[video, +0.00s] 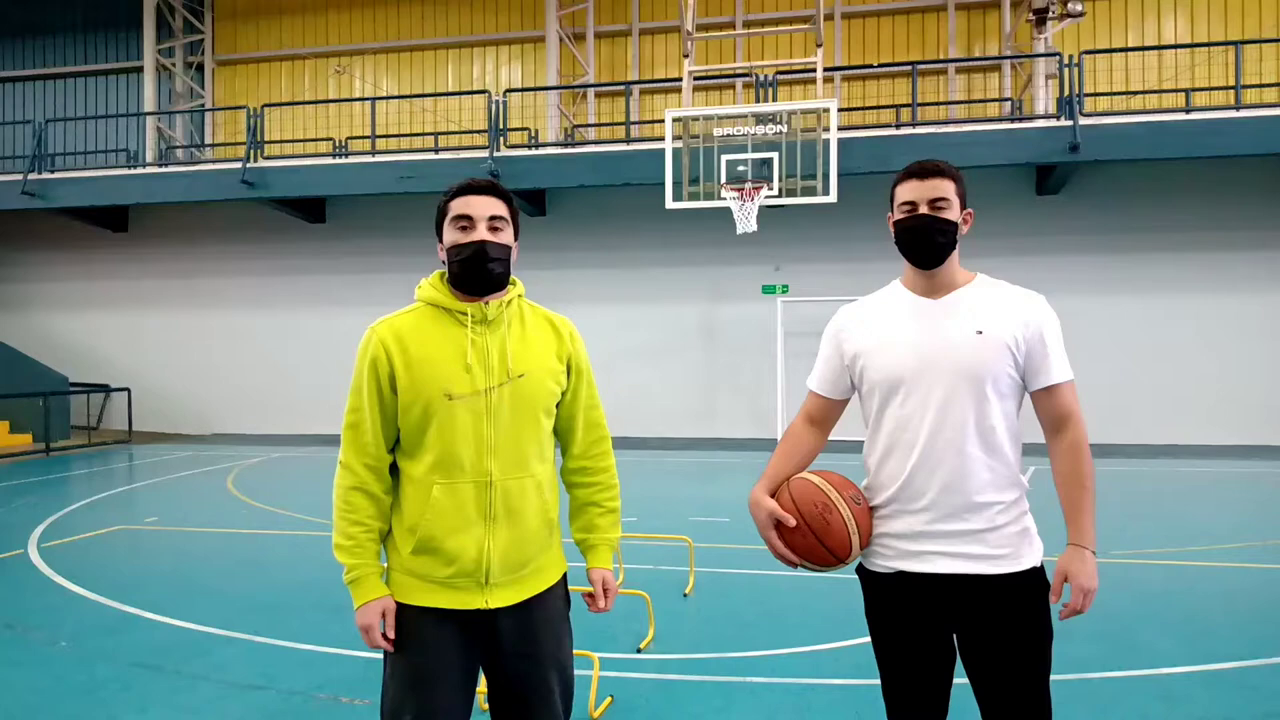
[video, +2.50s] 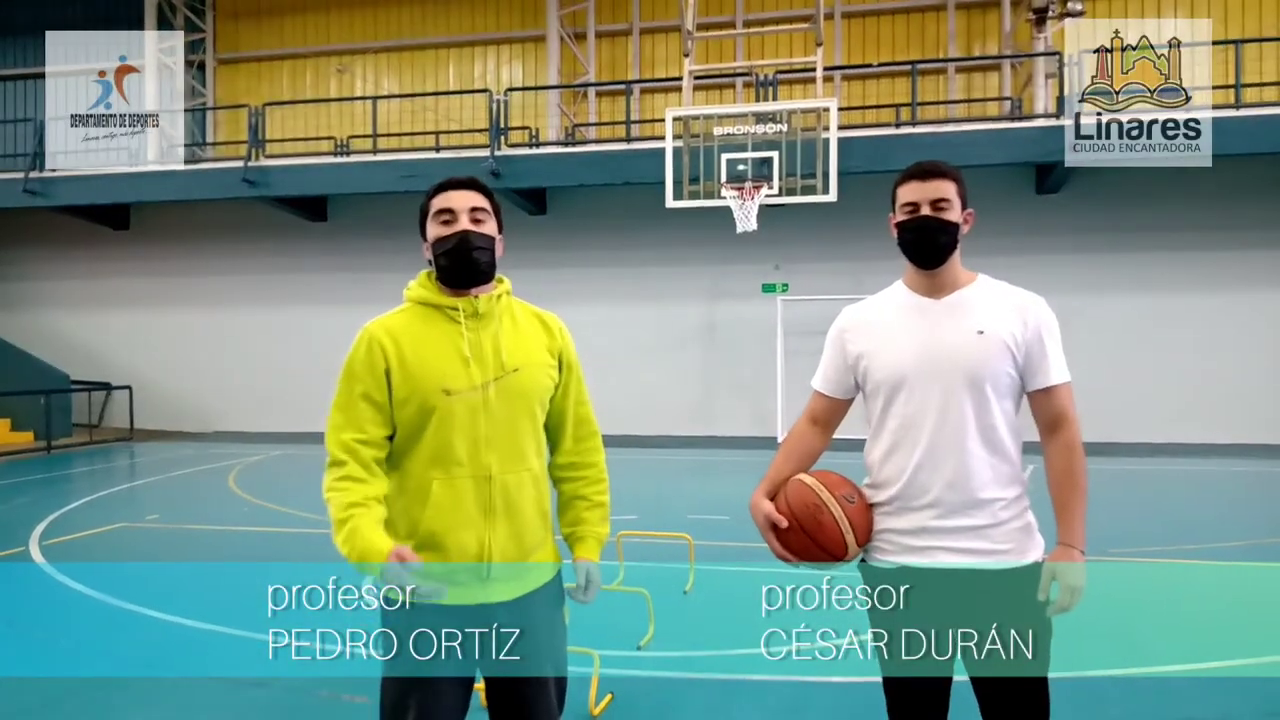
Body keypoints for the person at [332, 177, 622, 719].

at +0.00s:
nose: (481, 235)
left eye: (496, 224)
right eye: (463, 224)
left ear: (515, 244)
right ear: (441, 246)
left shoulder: (555, 336)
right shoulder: (391, 341)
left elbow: (589, 454)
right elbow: (361, 469)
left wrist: (600, 554)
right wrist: (366, 584)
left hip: (533, 594)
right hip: (427, 598)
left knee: (543, 713)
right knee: (422, 715)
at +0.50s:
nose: (474, 229)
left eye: (491, 220)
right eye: (457, 221)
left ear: (512, 244)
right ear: (439, 244)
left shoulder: (556, 331)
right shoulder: (405, 328)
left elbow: (591, 449)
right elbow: (346, 422)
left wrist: (604, 548)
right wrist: (375, 334)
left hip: (534, 582)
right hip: (428, 585)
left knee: (542, 713)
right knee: (421, 714)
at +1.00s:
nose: (503, 225)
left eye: (518, 217)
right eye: (486, 216)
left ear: (535, 242)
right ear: (462, 242)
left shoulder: (566, 337)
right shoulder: (412, 334)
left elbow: (587, 459)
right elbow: (387, 463)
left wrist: (591, 557)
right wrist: (363, 579)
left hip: (541, 589)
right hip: (440, 590)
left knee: (547, 710)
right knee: (429, 713)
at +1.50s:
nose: (485, 227)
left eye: (502, 218)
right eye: (469, 217)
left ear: (522, 242)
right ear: (450, 241)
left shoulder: (566, 335)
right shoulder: (401, 336)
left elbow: (605, 452)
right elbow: (370, 459)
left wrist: (617, 549)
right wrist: (375, 562)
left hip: (542, 588)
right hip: (434, 589)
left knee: (546, 713)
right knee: (423, 715)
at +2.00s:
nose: (465, 223)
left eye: (480, 214)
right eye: (446, 216)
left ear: (501, 240)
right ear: (427, 244)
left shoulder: (547, 332)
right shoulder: (383, 339)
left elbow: (580, 450)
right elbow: (345, 464)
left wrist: (592, 551)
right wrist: (355, 572)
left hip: (530, 587)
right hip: (426, 591)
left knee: (536, 712)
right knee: (419, 715)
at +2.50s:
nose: (464, 226)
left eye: (479, 216)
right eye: (445, 218)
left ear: (499, 241)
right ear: (426, 245)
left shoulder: (544, 333)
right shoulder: (385, 340)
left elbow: (578, 449)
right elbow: (352, 461)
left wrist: (586, 541)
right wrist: (373, 546)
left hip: (529, 586)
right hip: (424, 591)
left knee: (537, 711)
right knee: (422, 714)